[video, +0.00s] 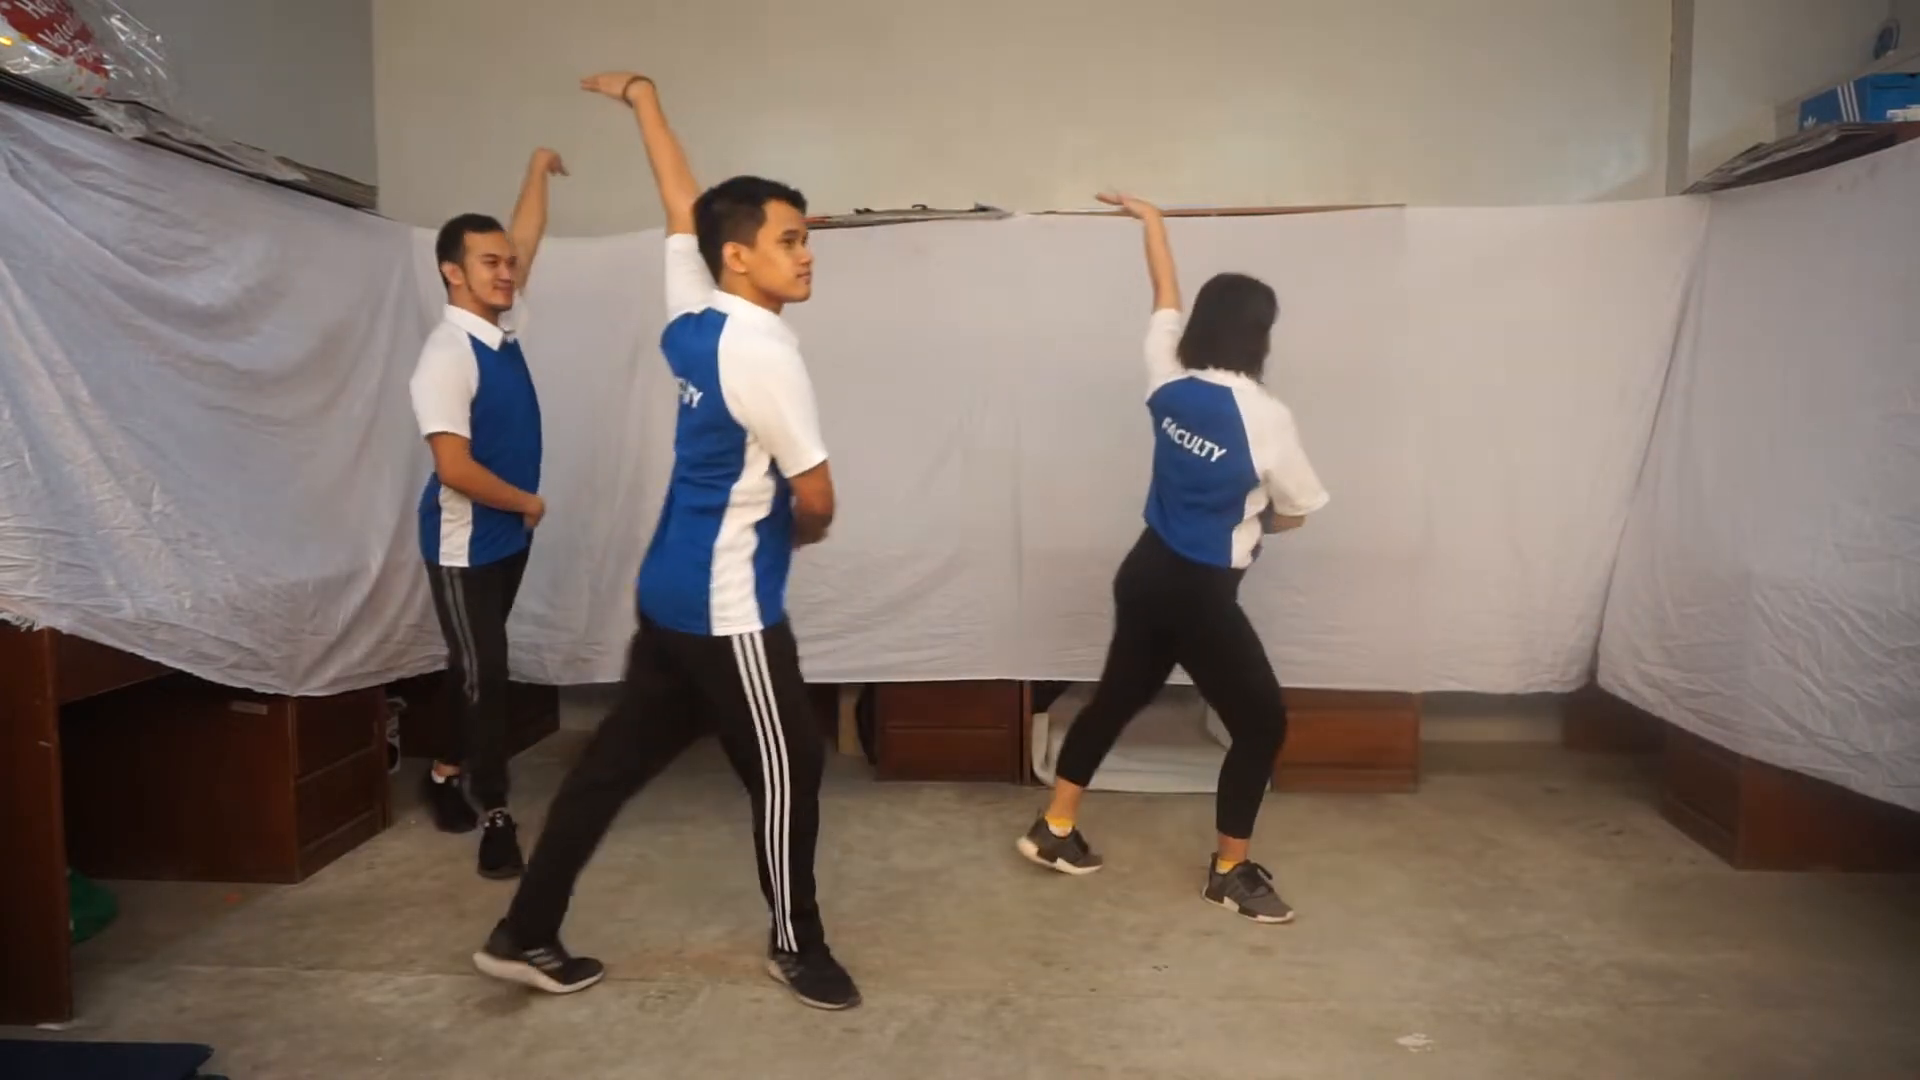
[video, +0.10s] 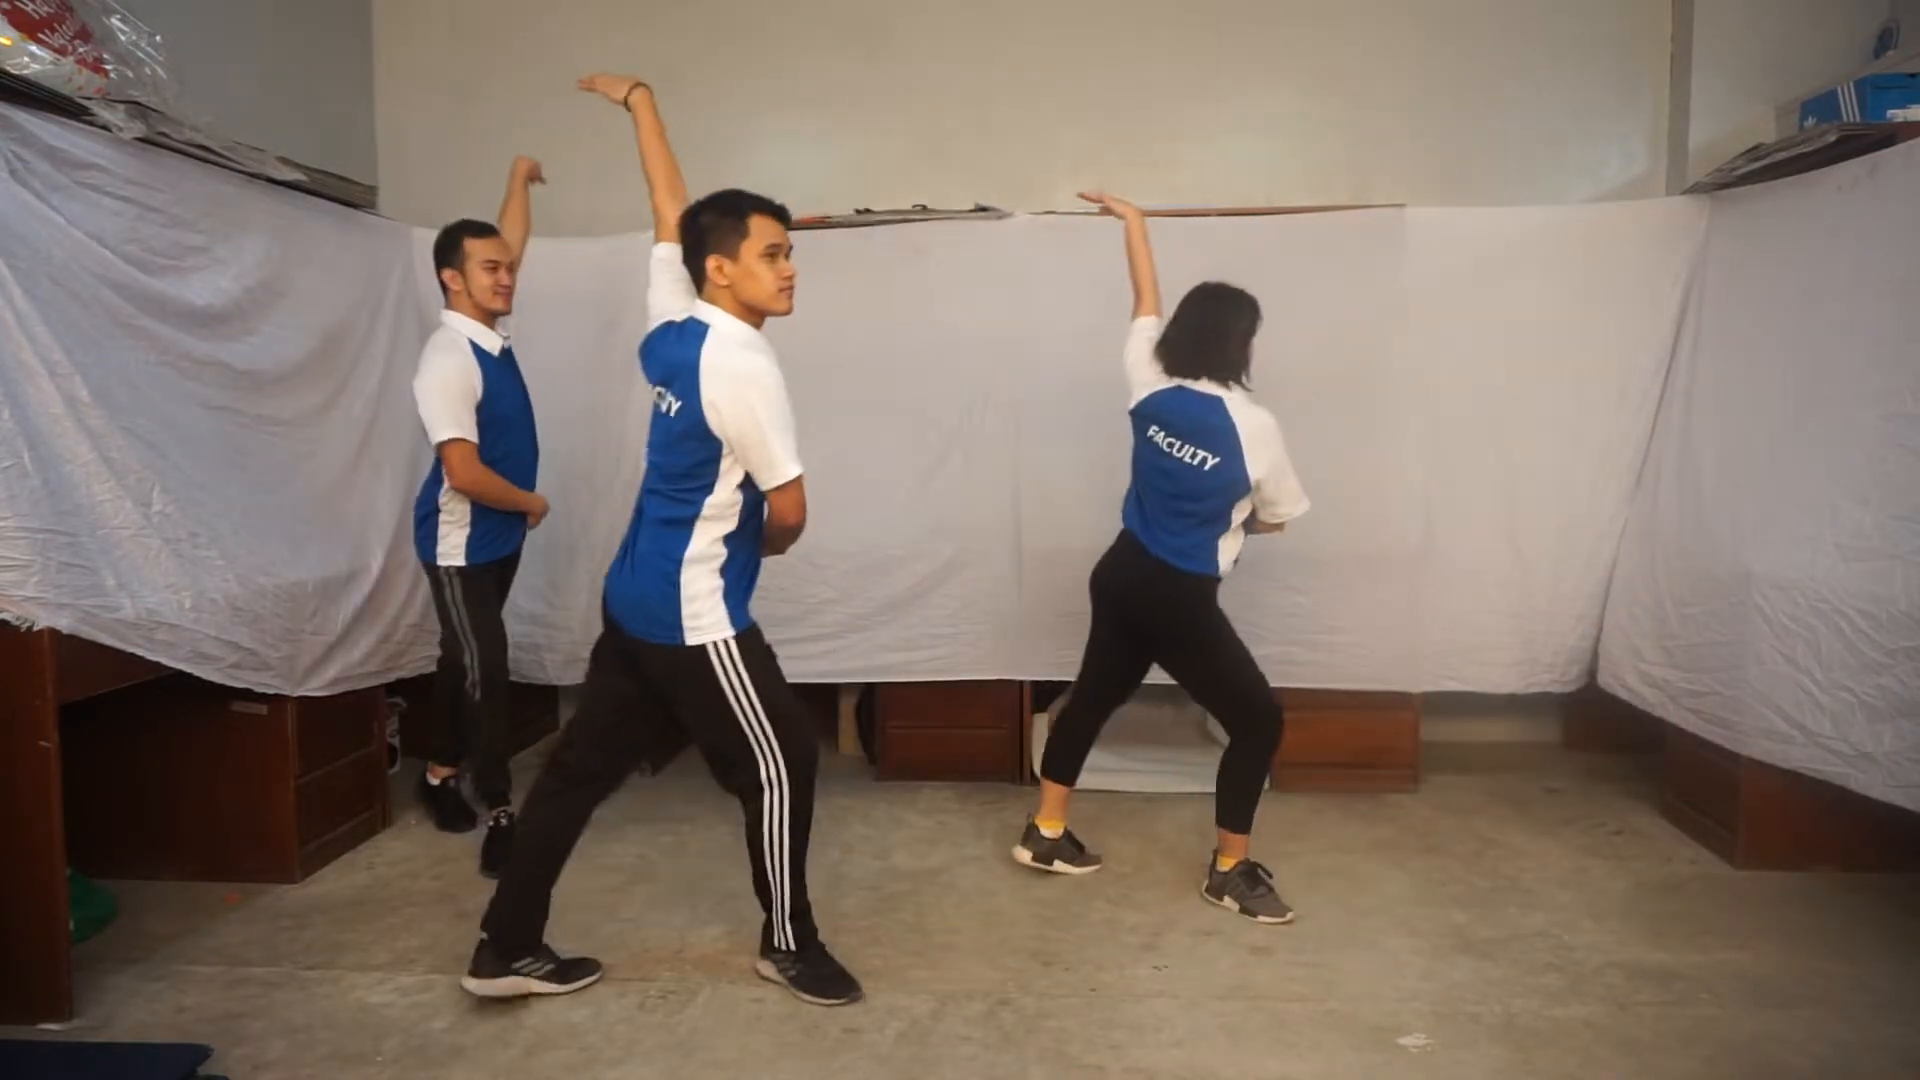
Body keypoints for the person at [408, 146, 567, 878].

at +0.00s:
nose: (506, 270)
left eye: (510, 262)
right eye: (492, 262)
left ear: (512, 271)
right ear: (455, 273)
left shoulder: (498, 327)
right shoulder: (449, 351)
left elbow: (520, 247)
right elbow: (451, 466)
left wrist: (538, 171)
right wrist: (526, 502)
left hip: (503, 535)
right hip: (462, 543)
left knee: (480, 667)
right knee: (485, 679)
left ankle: (449, 772)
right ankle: (497, 818)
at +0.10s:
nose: (504, 277)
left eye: (508, 268)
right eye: (491, 268)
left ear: (505, 277)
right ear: (453, 280)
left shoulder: (489, 333)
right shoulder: (449, 356)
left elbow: (506, 253)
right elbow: (462, 472)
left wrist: (520, 180)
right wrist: (529, 502)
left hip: (495, 537)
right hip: (459, 545)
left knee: (467, 662)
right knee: (487, 678)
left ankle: (443, 772)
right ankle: (498, 819)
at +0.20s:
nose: (505, 281)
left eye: (508, 272)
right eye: (491, 272)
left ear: (505, 279)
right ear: (453, 282)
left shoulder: (486, 337)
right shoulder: (448, 358)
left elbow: (506, 254)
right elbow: (462, 474)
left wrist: (521, 180)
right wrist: (527, 503)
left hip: (492, 538)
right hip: (458, 545)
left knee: (466, 664)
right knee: (488, 677)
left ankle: (440, 775)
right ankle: (493, 815)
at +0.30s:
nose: (508, 280)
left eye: (512, 271)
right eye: (494, 272)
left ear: (511, 280)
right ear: (456, 284)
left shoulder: (492, 335)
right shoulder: (448, 358)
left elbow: (519, 256)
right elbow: (457, 474)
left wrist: (532, 178)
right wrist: (528, 506)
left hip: (494, 537)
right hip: (457, 543)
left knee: (468, 662)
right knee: (492, 671)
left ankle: (440, 774)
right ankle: (474, 810)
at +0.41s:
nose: (511, 280)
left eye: (514, 268)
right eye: (496, 270)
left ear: (519, 276)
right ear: (459, 283)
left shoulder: (511, 338)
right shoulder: (447, 360)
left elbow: (554, 283)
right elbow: (449, 470)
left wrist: (559, 196)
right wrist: (528, 506)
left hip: (504, 538)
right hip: (458, 544)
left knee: (476, 668)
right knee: (485, 677)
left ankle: (441, 772)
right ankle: (464, 805)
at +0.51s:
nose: (518, 270)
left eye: (523, 259)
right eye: (502, 259)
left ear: (529, 270)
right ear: (465, 272)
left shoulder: (530, 348)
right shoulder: (446, 355)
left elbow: (594, 341)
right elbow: (445, 466)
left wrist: (593, 268)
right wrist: (532, 502)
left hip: (516, 543)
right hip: (462, 549)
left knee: (492, 678)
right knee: (476, 683)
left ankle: (448, 773)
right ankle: (468, 810)